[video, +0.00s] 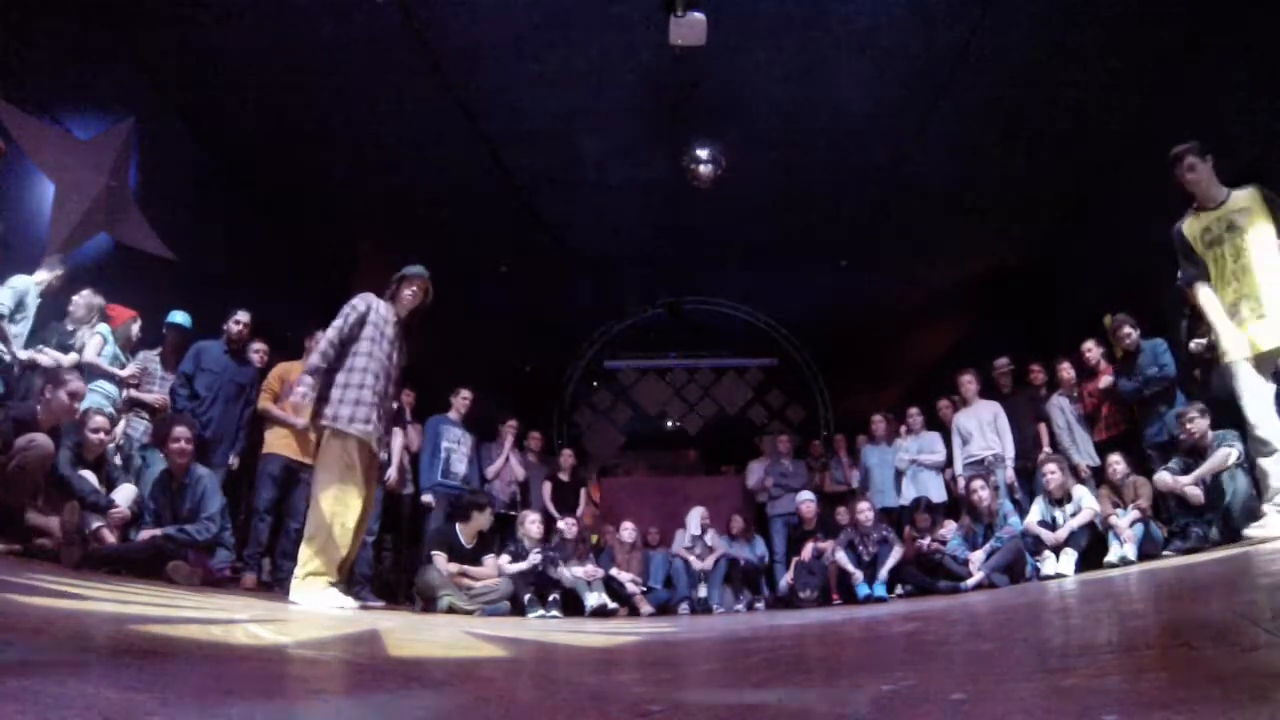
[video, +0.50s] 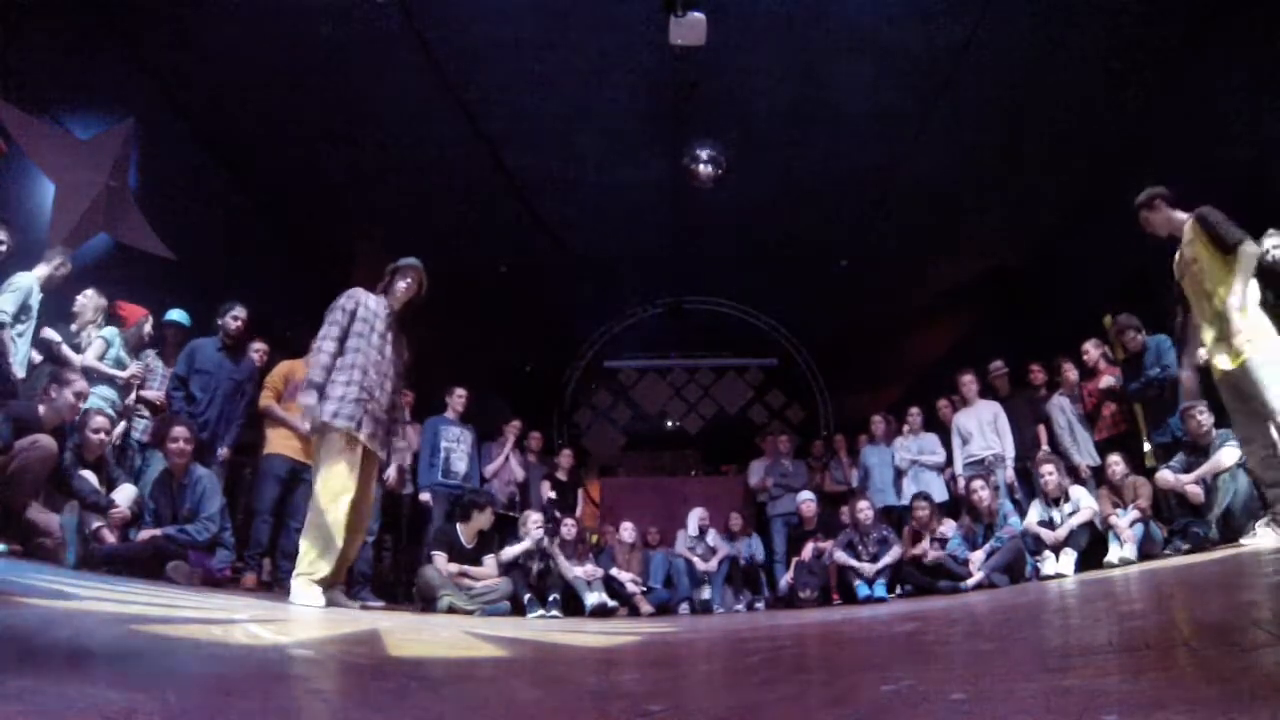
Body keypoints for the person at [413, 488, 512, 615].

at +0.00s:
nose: (492, 519)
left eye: (491, 514)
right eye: (489, 514)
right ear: (474, 514)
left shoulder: (484, 540)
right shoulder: (441, 534)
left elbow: (492, 572)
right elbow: (443, 571)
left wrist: (462, 569)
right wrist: (474, 584)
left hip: (475, 590)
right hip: (447, 589)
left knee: (506, 585)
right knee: (431, 574)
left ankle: (454, 604)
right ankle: (477, 610)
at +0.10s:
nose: (493, 519)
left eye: (492, 514)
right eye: (490, 514)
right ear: (475, 514)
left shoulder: (486, 539)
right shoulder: (444, 533)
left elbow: (492, 572)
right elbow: (442, 570)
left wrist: (462, 569)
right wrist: (474, 584)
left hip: (478, 590)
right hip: (449, 588)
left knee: (506, 585)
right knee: (430, 576)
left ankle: (454, 605)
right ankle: (477, 610)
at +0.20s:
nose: (493, 519)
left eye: (493, 514)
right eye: (490, 514)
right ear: (475, 513)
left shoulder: (486, 539)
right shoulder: (445, 533)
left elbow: (492, 572)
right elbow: (442, 569)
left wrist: (462, 569)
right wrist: (475, 584)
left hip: (478, 590)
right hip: (450, 588)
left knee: (506, 585)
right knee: (430, 576)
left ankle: (454, 604)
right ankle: (477, 610)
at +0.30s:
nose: (493, 519)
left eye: (493, 514)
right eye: (490, 514)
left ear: (478, 514)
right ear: (475, 514)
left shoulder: (486, 538)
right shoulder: (445, 533)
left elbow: (492, 572)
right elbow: (442, 570)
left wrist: (462, 569)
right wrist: (475, 584)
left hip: (477, 590)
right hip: (448, 589)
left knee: (507, 585)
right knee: (429, 574)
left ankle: (455, 604)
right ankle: (478, 610)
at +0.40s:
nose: (493, 519)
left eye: (493, 514)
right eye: (490, 514)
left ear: (477, 514)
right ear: (475, 514)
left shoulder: (486, 538)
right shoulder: (445, 532)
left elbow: (492, 572)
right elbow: (441, 569)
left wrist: (462, 569)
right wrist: (475, 584)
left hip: (477, 590)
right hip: (449, 588)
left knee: (507, 585)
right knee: (429, 572)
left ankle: (456, 604)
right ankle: (476, 609)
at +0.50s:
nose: (493, 518)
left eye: (493, 513)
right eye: (490, 513)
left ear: (477, 514)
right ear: (475, 513)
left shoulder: (486, 538)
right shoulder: (444, 532)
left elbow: (492, 572)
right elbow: (442, 570)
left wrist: (461, 569)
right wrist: (475, 584)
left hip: (478, 590)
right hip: (448, 588)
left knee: (507, 584)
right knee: (428, 572)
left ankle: (456, 604)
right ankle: (476, 609)